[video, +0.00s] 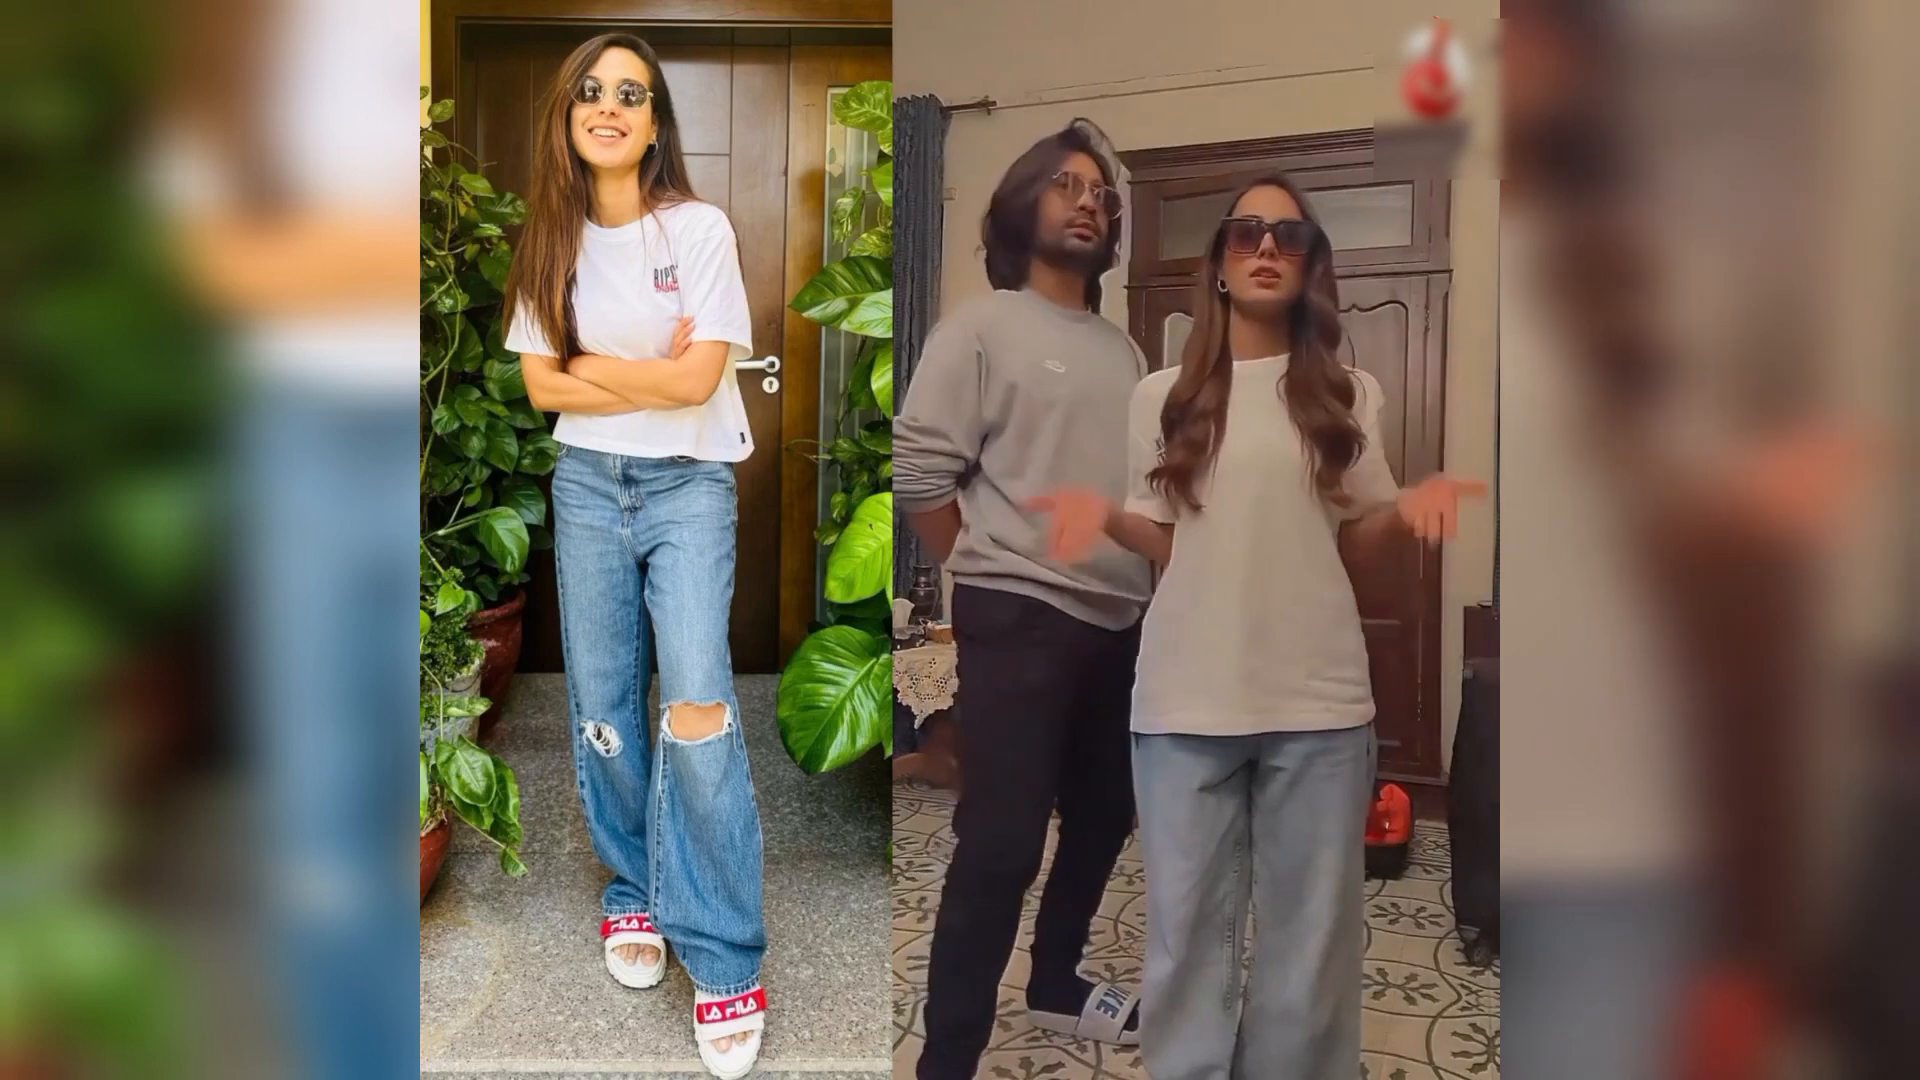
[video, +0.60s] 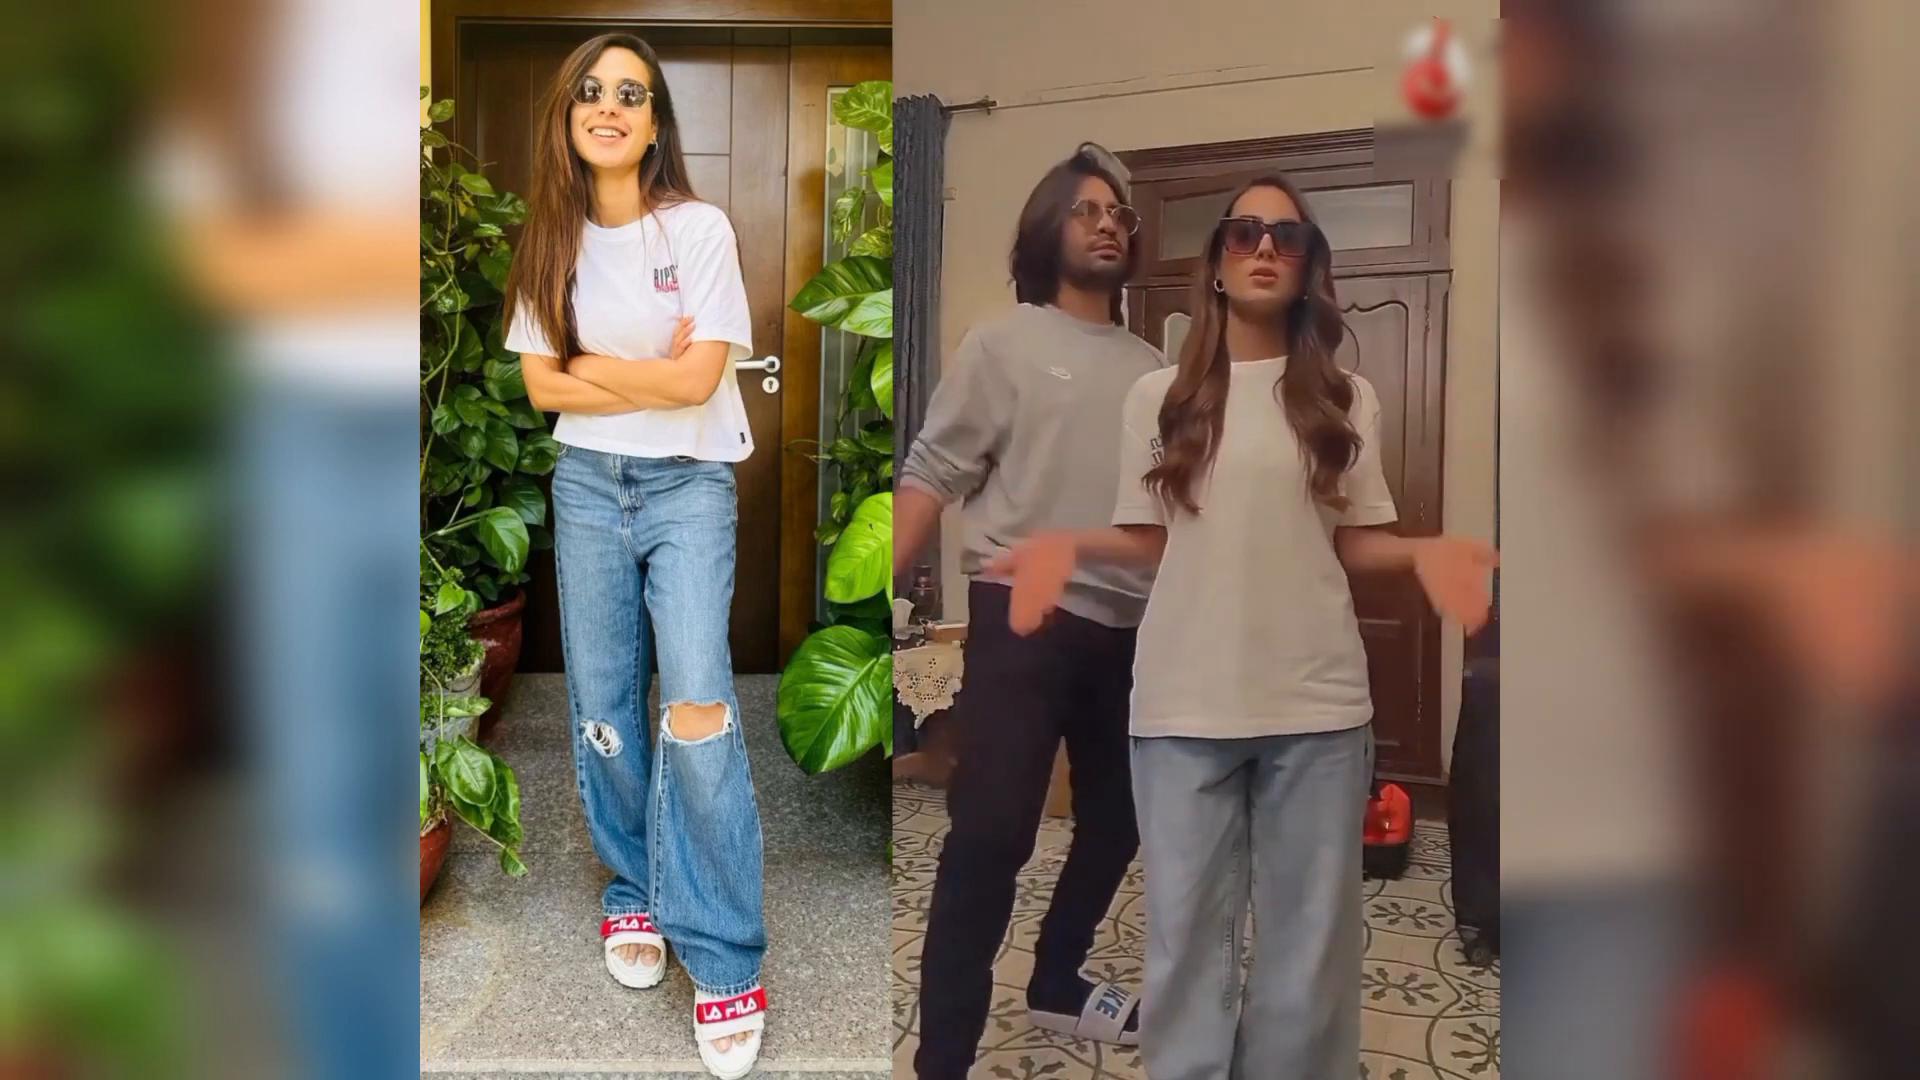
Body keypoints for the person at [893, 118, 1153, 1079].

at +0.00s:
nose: (1087, 204)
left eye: (1100, 193)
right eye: (1066, 187)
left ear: (1113, 222)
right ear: (1020, 205)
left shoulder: (1123, 350)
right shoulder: (978, 326)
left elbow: (1141, 484)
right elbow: (919, 478)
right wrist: (985, 587)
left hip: (1112, 618)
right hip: (1013, 610)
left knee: (1103, 812)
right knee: (1001, 842)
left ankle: (1055, 987)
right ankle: (948, 1061)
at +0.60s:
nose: (1109, 227)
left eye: (1119, 216)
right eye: (1087, 215)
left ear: (1131, 237)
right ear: (1046, 234)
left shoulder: (1152, 364)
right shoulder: (1000, 347)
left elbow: (1181, 503)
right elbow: (932, 468)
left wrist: (1184, 602)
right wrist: (876, 581)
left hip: (1123, 625)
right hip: (1017, 615)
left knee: (1114, 823)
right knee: (992, 831)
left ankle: (1057, 991)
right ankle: (943, 1060)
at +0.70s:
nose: (1107, 226)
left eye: (1116, 214)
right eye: (1085, 214)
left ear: (1128, 235)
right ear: (1044, 234)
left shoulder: (1153, 362)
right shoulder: (1009, 344)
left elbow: (1185, 492)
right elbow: (917, 450)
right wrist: (856, 484)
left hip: (1127, 614)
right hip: (1023, 598)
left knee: (1113, 815)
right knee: (991, 826)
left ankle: (1056, 992)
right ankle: (939, 1060)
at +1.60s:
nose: (1139, 227)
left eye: (1139, 216)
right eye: (1120, 212)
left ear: (1116, 238)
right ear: (1065, 223)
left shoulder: (1119, 356)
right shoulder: (997, 314)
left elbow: (1130, 485)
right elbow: (932, 451)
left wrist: (1155, 586)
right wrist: (943, 588)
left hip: (1114, 618)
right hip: (1023, 610)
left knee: (1093, 817)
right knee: (1001, 837)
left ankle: (1056, 991)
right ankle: (948, 1059)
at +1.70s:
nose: (1135, 232)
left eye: (1137, 221)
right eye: (1120, 216)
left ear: (1126, 244)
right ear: (1065, 224)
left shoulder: (1128, 348)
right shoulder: (998, 311)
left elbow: (1199, 402)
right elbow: (934, 450)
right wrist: (941, 593)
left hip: (1119, 619)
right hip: (1023, 612)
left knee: (1091, 817)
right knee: (999, 838)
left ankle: (1056, 993)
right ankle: (947, 1062)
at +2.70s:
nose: (1122, 241)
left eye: (1136, 236)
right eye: (1108, 221)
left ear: (1140, 260)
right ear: (1067, 225)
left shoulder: (1144, 348)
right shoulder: (996, 318)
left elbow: (1236, 310)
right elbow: (940, 451)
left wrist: (1235, 192)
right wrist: (947, 592)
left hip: (1126, 616)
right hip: (1023, 604)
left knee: (1106, 820)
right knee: (1001, 837)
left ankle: (1056, 989)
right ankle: (942, 1062)